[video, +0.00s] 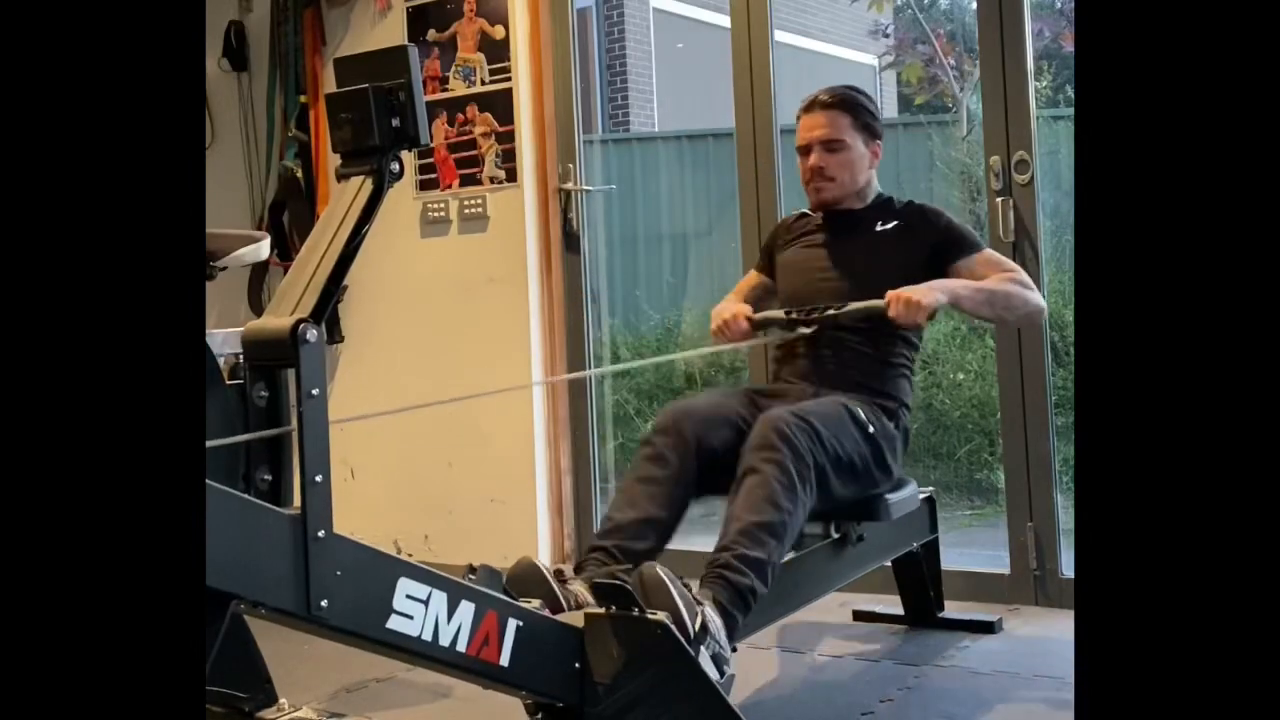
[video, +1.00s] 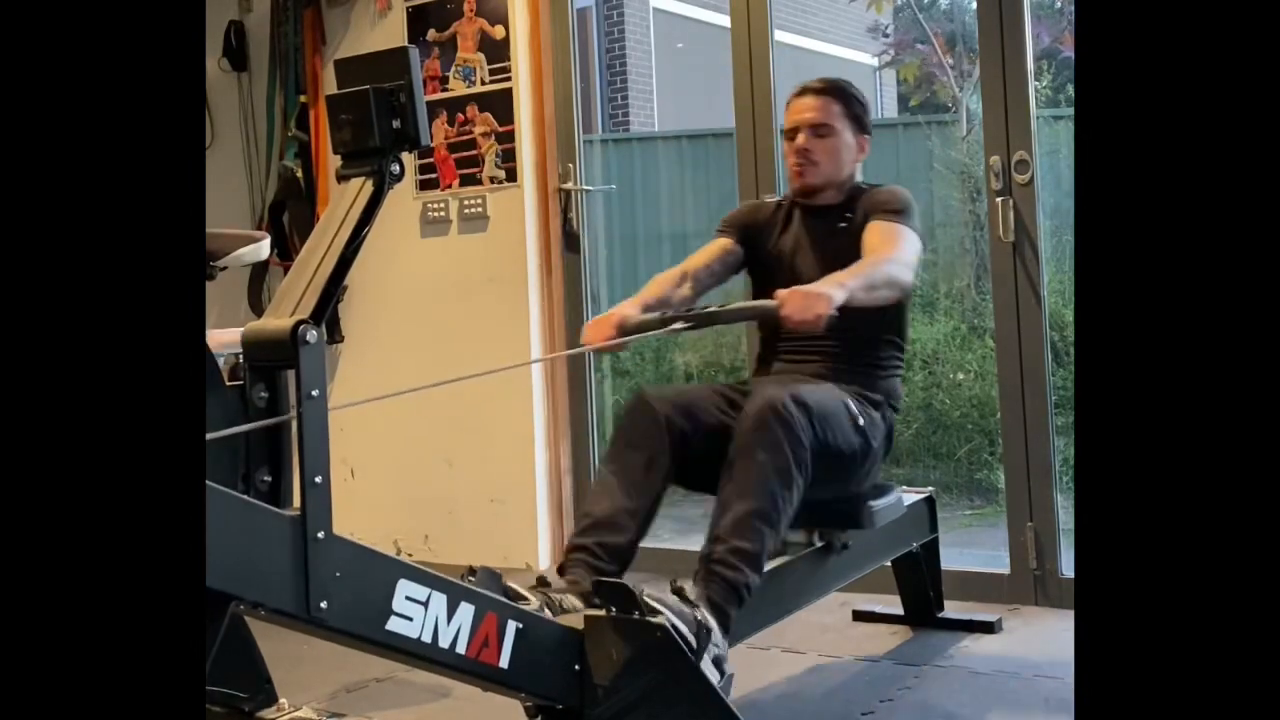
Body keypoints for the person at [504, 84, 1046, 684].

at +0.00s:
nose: (813, 161)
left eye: (830, 147)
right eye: (804, 149)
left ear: (874, 153)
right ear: (798, 157)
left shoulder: (918, 228)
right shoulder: (788, 235)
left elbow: (1029, 302)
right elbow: (737, 303)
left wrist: (944, 292)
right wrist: (732, 314)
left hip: (862, 413)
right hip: (772, 401)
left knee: (780, 433)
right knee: (680, 423)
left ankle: (716, 620)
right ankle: (593, 588)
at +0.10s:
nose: (793, 160)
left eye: (811, 145)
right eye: (784, 147)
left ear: (856, 149)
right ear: (777, 154)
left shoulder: (906, 229)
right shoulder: (768, 235)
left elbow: (1015, 302)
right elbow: (698, 313)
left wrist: (919, 289)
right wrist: (694, 310)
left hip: (855, 436)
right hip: (759, 427)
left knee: (769, 402)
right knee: (671, 397)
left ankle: (716, 623)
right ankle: (591, 587)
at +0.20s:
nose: (771, 146)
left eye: (789, 130)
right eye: (761, 133)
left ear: (835, 140)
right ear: (752, 144)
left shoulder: (878, 215)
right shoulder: (741, 226)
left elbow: (961, 279)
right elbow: (666, 283)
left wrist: (859, 277)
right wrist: (630, 296)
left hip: (839, 454)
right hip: (742, 442)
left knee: (754, 374)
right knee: (645, 369)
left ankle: (715, 616)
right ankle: (586, 575)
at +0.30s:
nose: (737, 135)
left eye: (757, 119)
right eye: (728, 122)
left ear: (803, 133)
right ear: (719, 132)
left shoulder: (840, 205)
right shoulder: (706, 218)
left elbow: (889, 264)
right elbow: (622, 272)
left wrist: (785, 277)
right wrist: (559, 294)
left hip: (812, 465)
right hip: (718, 459)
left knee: (742, 347)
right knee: (617, 350)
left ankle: (708, 598)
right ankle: (586, 574)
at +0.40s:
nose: (693, 135)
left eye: (716, 118)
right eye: (684, 120)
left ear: (767, 132)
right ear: (675, 131)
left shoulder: (803, 206)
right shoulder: (662, 221)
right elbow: (572, 278)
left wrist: (713, 306)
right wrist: (486, 321)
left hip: (786, 474)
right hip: (691, 470)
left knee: (732, 331)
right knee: (594, 326)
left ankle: (703, 580)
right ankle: (579, 566)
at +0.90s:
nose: (764, 140)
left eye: (785, 126)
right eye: (755, 129)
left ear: (829, 142)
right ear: (744, 142)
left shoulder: (854, 203)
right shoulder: (727, 218)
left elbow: (843, 263)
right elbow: (647, 275)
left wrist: (781, 287)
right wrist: (573, 313)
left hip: (828, 448)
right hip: (741, 436)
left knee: (755, 363)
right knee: (627, 368)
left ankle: (705, 601)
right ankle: (577, 575)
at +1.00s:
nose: (799, 145)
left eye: (819, 132)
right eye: (791, 134)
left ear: (861, 146)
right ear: (781, 144)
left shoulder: (884, 208)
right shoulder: (759, 219)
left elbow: (894, 268)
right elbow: (688, 278)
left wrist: (835, 288)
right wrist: (629, 309)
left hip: (854, 414)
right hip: (758, 403)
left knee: (777, 406)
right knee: (653, 410)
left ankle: (710, 614)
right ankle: (578, 586)